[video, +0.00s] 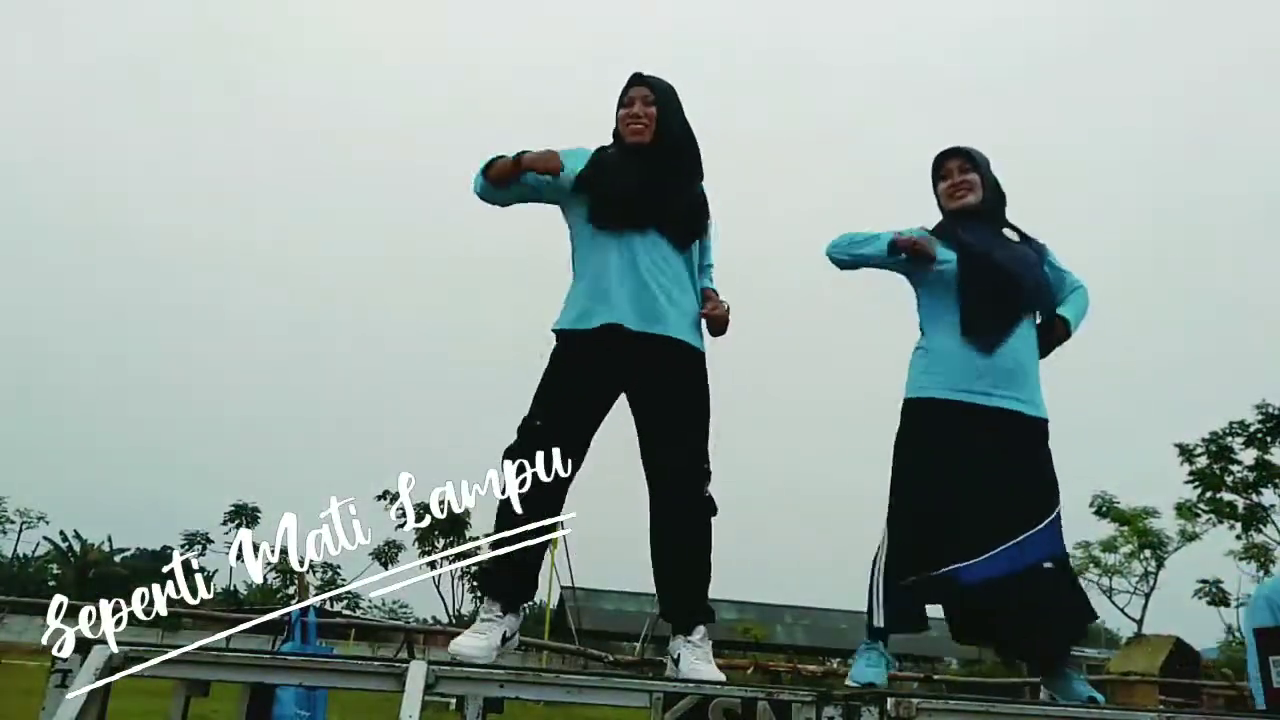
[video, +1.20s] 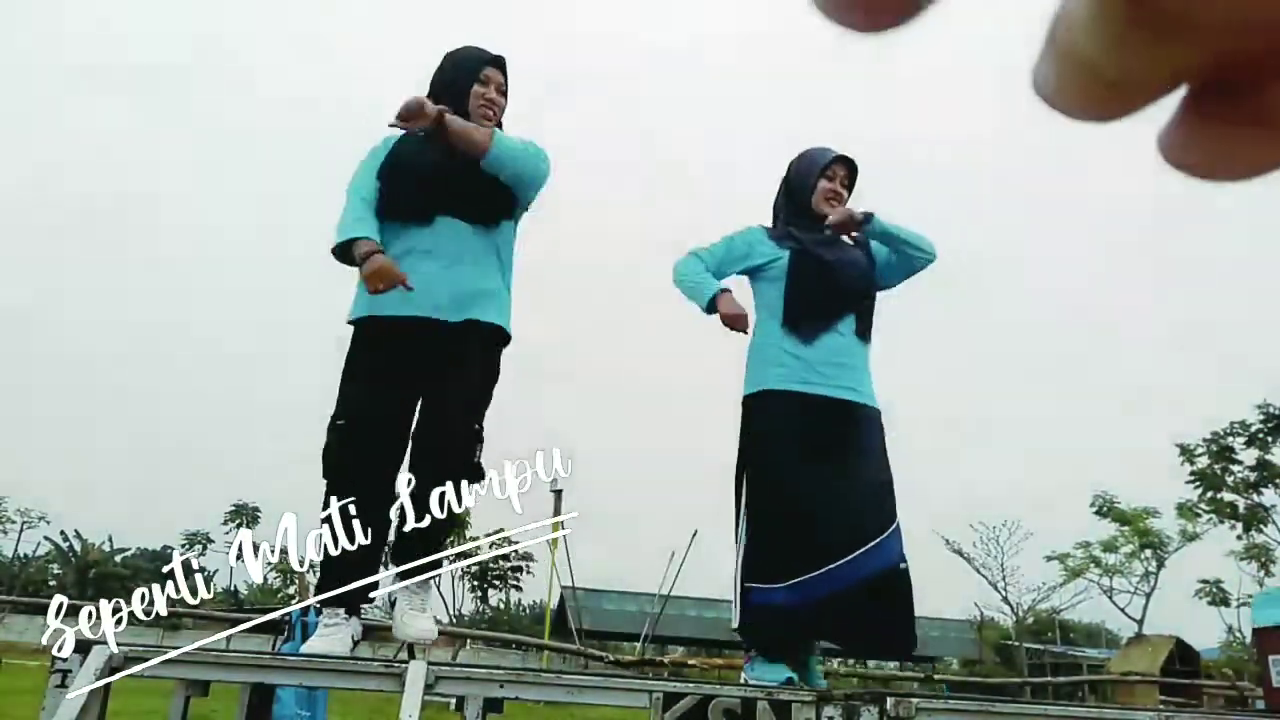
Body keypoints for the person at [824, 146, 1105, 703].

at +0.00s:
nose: (957, 181)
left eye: (967, 172)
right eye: (946, 177)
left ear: (989, 183)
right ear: (938, 193)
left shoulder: (1028, 251)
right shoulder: (923, 243)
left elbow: (1076, 290)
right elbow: (837, 250)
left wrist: (1060, 325)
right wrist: (895, 244)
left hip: (1016, 404)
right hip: (937, 398)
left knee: (1035, 531)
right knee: (910, 524)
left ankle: (1056, 667)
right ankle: (874, 647)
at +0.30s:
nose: (910, 183)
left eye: (921, 176)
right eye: (899, 178)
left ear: (940, 191)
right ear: (886, 194)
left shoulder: (967, 259)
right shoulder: (868, 249)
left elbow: (1014, 314)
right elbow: (810, 264)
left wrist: (979, 347)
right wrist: (878, 235)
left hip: (948, 401)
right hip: (870, 394)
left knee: (983, 526)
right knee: (863, 525)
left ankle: (994, 655)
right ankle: (860, 659)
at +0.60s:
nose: (879, 191)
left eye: (889, 183)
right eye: (869, 185)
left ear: (911, 196)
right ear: (859, 202)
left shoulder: (943, 262)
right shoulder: (843, 256)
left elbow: (997, 315)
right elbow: (786, 285)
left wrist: (964, 344)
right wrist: (823, 237)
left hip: (919, 407)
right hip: (843, 400)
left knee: (919, 531)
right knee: (843, 526)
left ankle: (920, 662)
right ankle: (846, 661)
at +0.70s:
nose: (869, 184)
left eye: (880, 175)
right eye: (859, 179)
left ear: (902, 185)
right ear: (848, 194)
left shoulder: (935, 256)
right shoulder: (831, 247)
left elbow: (981, 303)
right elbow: (756, 270)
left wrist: (959, 333)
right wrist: (741, 228)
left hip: (908, 403)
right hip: (833, 392)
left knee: (908, 526)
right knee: (816, 516)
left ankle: (910, 653)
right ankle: (792, 643)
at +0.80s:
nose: (858, 182)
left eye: (868, 174)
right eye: (847, 176)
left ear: (887, 188)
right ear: (834, 192)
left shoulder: (918, 256)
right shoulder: (816, 245)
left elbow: (962, 299)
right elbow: (741, 258)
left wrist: (953, 332)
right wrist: (676, 233)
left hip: (894, 402)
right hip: (820, 394)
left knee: (900, 524)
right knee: (796, 516)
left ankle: (912, 655)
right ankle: (769, 647)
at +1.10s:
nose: (837, 182)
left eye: (846, 179)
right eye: (828, 172)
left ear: (851, 193)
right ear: (801, 178)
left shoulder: (867, 253)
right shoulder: (769, 238)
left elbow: (927, 276)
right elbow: (710, 261)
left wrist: (934, 261)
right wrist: (682, 276)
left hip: (855, 402)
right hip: (781, 397)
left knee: (868, 521)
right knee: (777, 521)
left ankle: (861, 649)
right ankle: (766, 654)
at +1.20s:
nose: (837, 189)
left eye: (845, 185)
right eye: (828, 178)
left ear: (847, 198)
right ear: (800, 181)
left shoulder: (862, 254)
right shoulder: (766, 240)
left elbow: (923, 253)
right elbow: (689, 265)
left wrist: (868, 221)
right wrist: (720, 297)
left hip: (849, 400)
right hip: (780, 393)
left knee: (837, 522)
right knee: (779, 519)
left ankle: (806, 648)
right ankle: (765, 653)